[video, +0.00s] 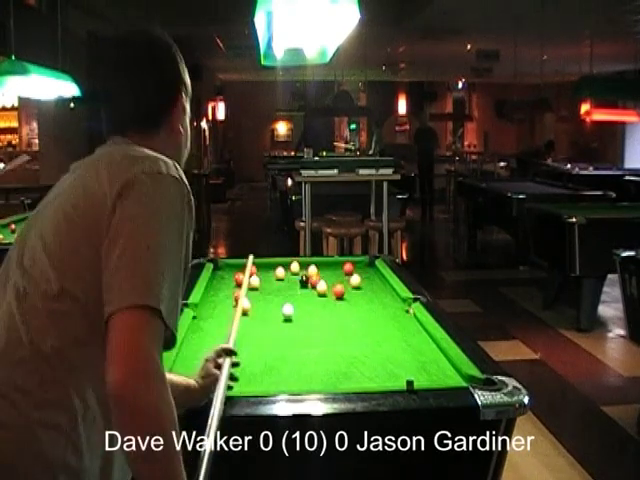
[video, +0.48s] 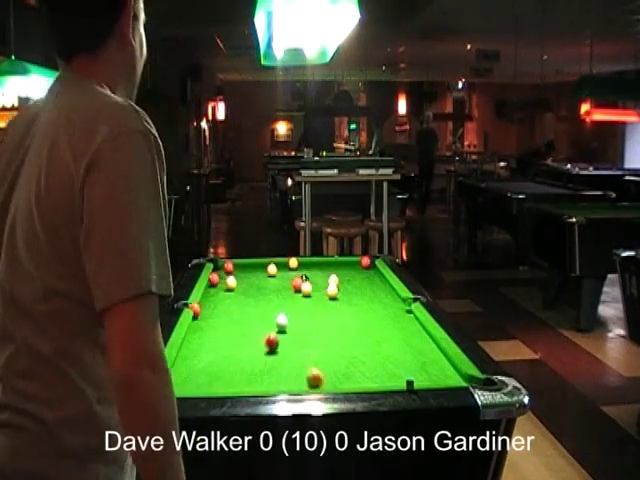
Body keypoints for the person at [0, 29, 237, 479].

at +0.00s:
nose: (193, 120)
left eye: (193, 103)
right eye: (193, 103)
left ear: (106, 106)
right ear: (180, 105)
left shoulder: (81, 180)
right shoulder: (151, 178)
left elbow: (73, 368)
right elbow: (131, 377)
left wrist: (196, 389)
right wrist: (172, 475)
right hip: (56, 464)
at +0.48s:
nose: (145, 42)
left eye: (142, 23)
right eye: (143, 21)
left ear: (60, 30)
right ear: (129, 20)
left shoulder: (22, 125)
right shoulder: (116, 130)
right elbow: (135, 358)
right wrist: (164, 467)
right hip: (75, 453)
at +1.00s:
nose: (113, 28)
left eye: (113, 12)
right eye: (112, 11)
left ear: (29, 21)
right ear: (94, 12)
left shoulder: (10, 109)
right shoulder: (95, 120)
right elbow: (142, 352)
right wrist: (197, 467)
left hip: (13, 448)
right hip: (91, 455)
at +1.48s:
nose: (163, 34)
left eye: (162, 20)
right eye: (163, 18)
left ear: (80, 22)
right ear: (152, 17)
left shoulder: (21, 128)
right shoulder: (167, 122)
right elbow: (206, 325)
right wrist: (255, 457)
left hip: (28, 446)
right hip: (140, 448)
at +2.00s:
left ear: (179, 20)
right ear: (255, 28)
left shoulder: (121, 115)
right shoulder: (290, 134)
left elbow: (66, 293)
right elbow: (343, 286)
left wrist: (94, 391)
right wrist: (377, 366)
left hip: (124, 424)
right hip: (235, 427)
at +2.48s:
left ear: (212, 26)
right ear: (286, 39)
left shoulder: (156, 109)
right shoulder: (319, 145)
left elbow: (95, 275)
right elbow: (367, 288)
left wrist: (106, 384)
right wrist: (394, 358)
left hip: (150, 416)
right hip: (257, 420)